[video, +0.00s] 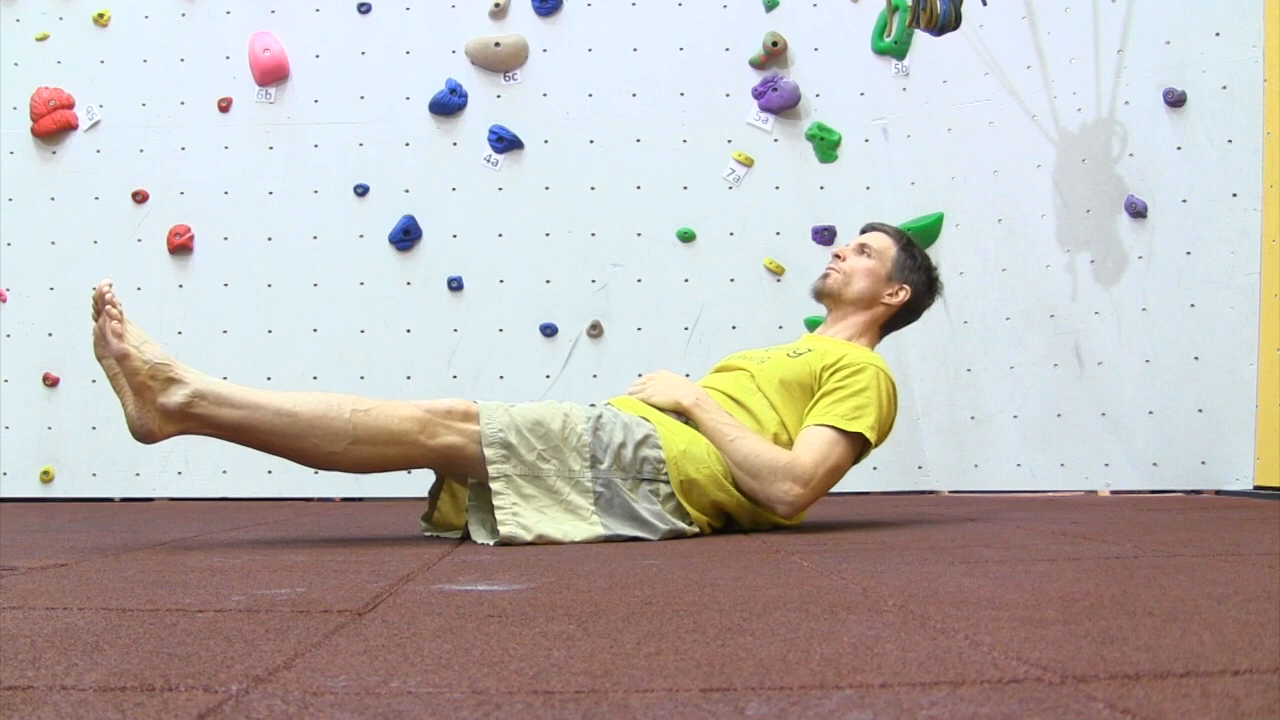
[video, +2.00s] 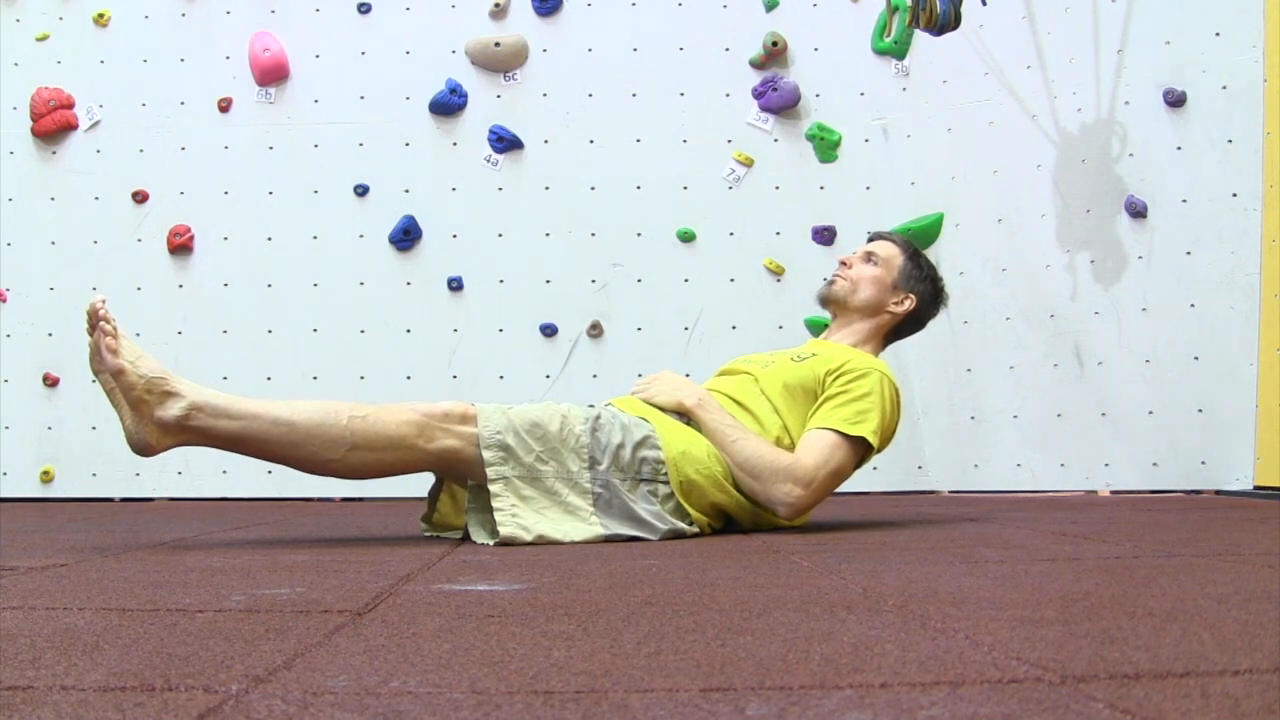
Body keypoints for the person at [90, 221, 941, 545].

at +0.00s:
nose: (841, 252)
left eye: (865, 251)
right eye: (848, 243)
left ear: (895, 296)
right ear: (848, 278)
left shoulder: (861, 372)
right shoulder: (800, 356)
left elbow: (791, 491)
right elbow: (752, 467)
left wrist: (698, 400)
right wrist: (675, 407)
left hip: (661, 461)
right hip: (642, 447)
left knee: (442, 427)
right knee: (432, 429)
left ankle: (178, 400)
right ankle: (179, 402)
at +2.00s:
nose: (847, 256)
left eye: (872, 256)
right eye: (858, 247)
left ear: (898, 304)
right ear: (864, 288)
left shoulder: (865, 378)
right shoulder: (806, 360)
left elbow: (792, 493)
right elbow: (753, 472)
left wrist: (698, 402)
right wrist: (675, 411)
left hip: (660, 461)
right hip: (642, 447)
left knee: (444, 430)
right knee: (433, 430)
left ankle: (176, 411)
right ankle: (177, 413)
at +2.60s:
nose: (848, 263)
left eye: (872, 263)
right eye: (858, 254)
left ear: (900, 310)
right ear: (866, 295)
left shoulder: (866, 383)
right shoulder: (810, 366)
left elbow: (794, 495)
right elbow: (758, 475)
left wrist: (700, 402)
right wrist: (675, 411)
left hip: (655, 460)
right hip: (637, 446)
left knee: (439, 426)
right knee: (432, 422)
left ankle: (177, 402)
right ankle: (178, 403)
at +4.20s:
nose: (833, 259)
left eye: (857, 256)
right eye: (839, 250)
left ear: (892, 297)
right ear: (847, 284)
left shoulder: (860, 372)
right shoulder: (793, 360)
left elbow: (790, 490)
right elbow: (739, 467)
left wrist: (697, 400)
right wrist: (666, 407)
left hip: (651, 457)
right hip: (622, 450)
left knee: (450, 398)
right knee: (418, 446)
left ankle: (192, 322)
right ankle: (182, 468)